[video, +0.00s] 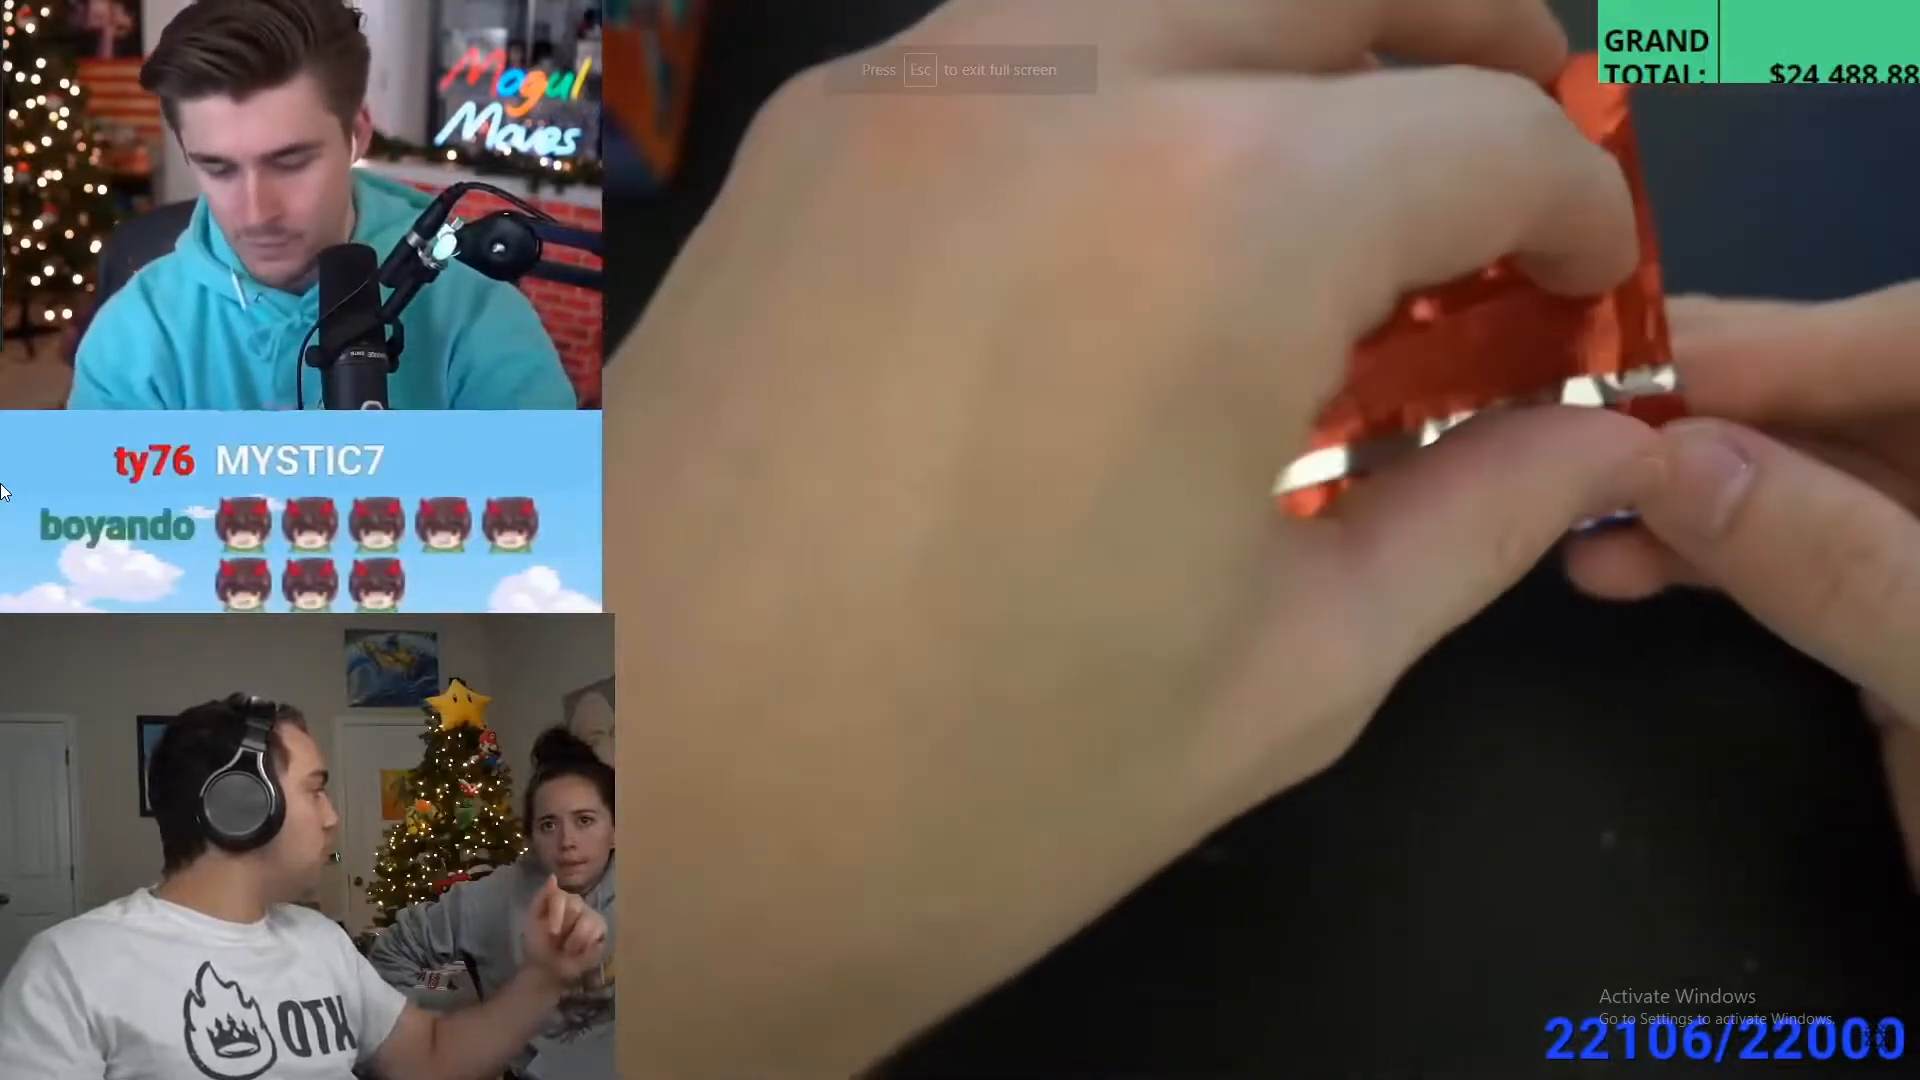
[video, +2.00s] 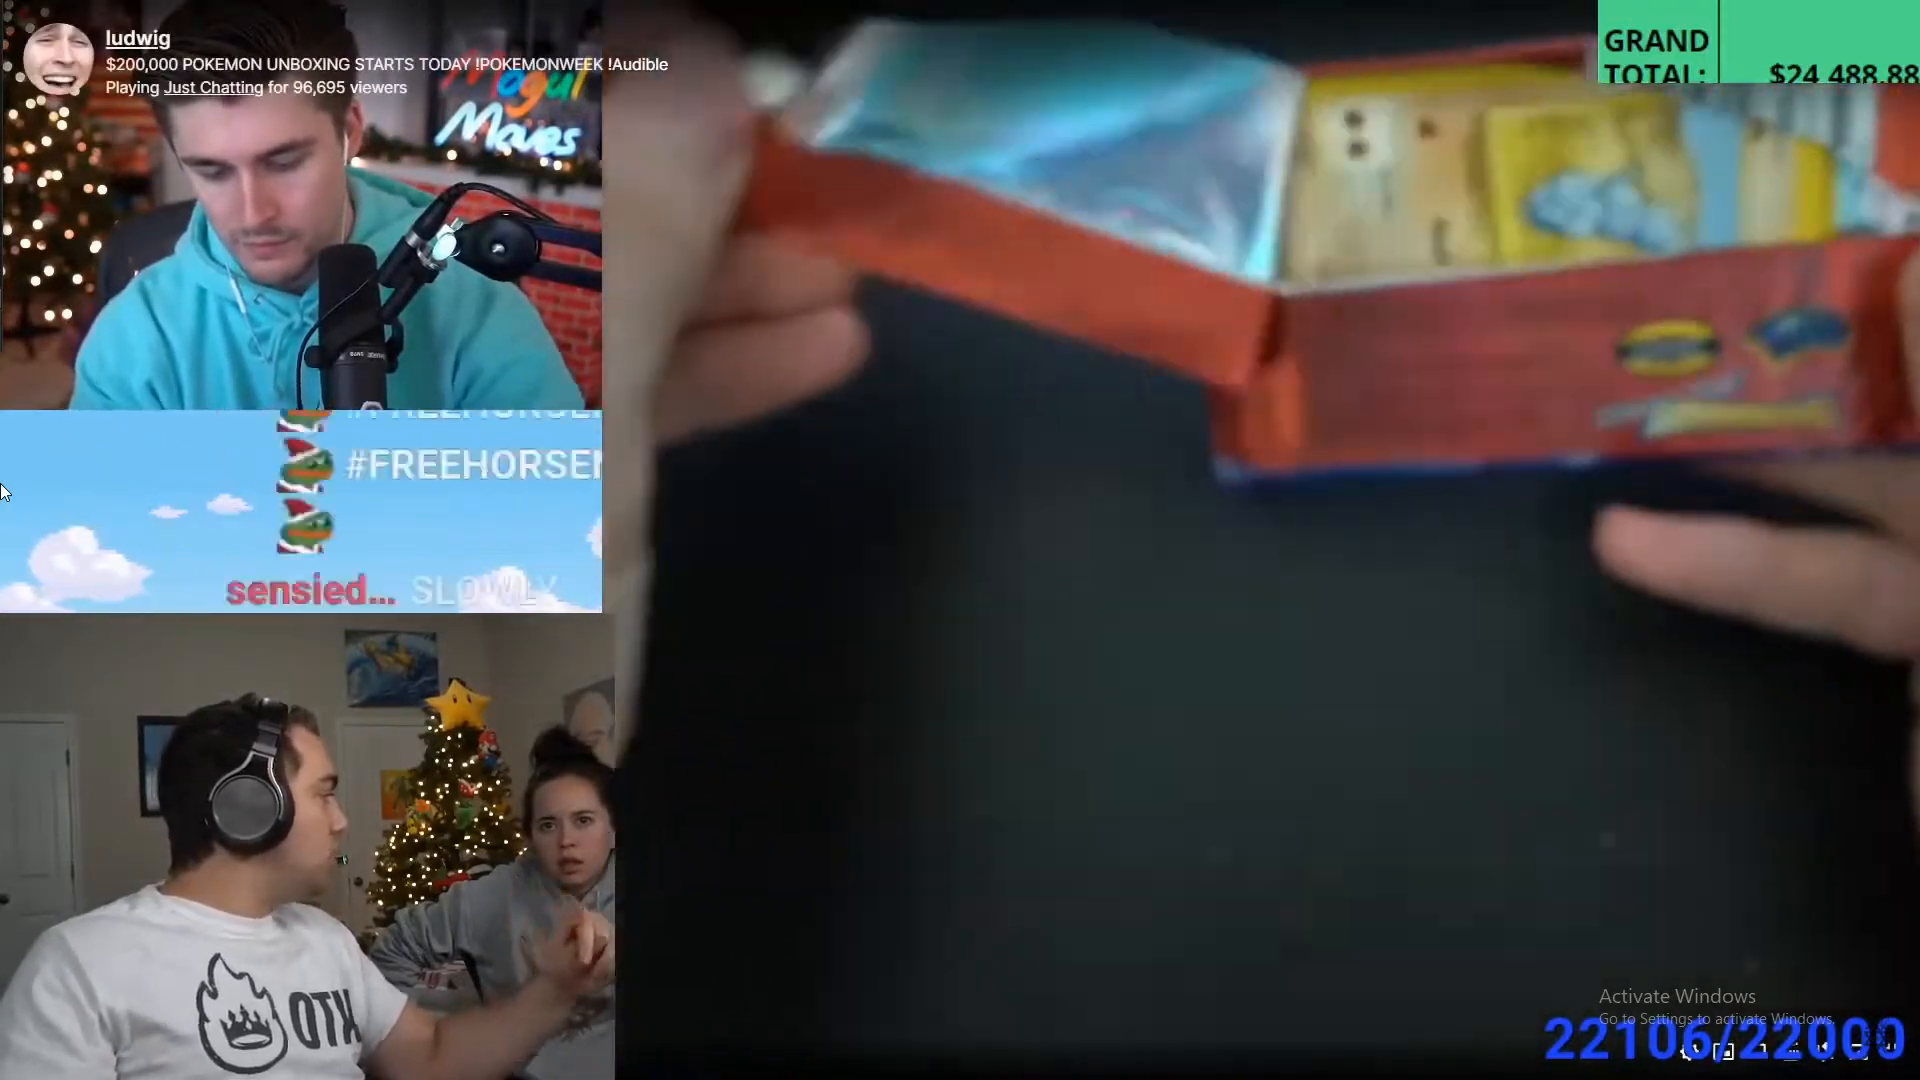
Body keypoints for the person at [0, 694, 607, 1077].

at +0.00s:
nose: (334, 815)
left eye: (326, 789)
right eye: (316, 787)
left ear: (239, 802)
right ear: (236, 801)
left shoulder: (320, 943)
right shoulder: (68, 972)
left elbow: (433, 1053)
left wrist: (544, 977)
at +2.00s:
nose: (342, 819)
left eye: (335, 793)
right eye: (325, 792)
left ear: (256, 802)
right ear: (244, 802)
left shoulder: (324, 943)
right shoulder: (79, 966)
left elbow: (432, 1051)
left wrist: (557, 990)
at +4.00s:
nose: (343, 818)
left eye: (334, 794)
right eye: (323, 795)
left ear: (259, 804)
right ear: (245, 806)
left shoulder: (322, 944)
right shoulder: (77, 967)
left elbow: (424, 1057)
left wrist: (513, 962)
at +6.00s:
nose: (340, 818)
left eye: (331, 792)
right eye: (320, 793)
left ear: (256, 804)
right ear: (241, 805)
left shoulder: (322, 943)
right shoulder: (73, 969)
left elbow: (427, 1058)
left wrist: (511, 965)